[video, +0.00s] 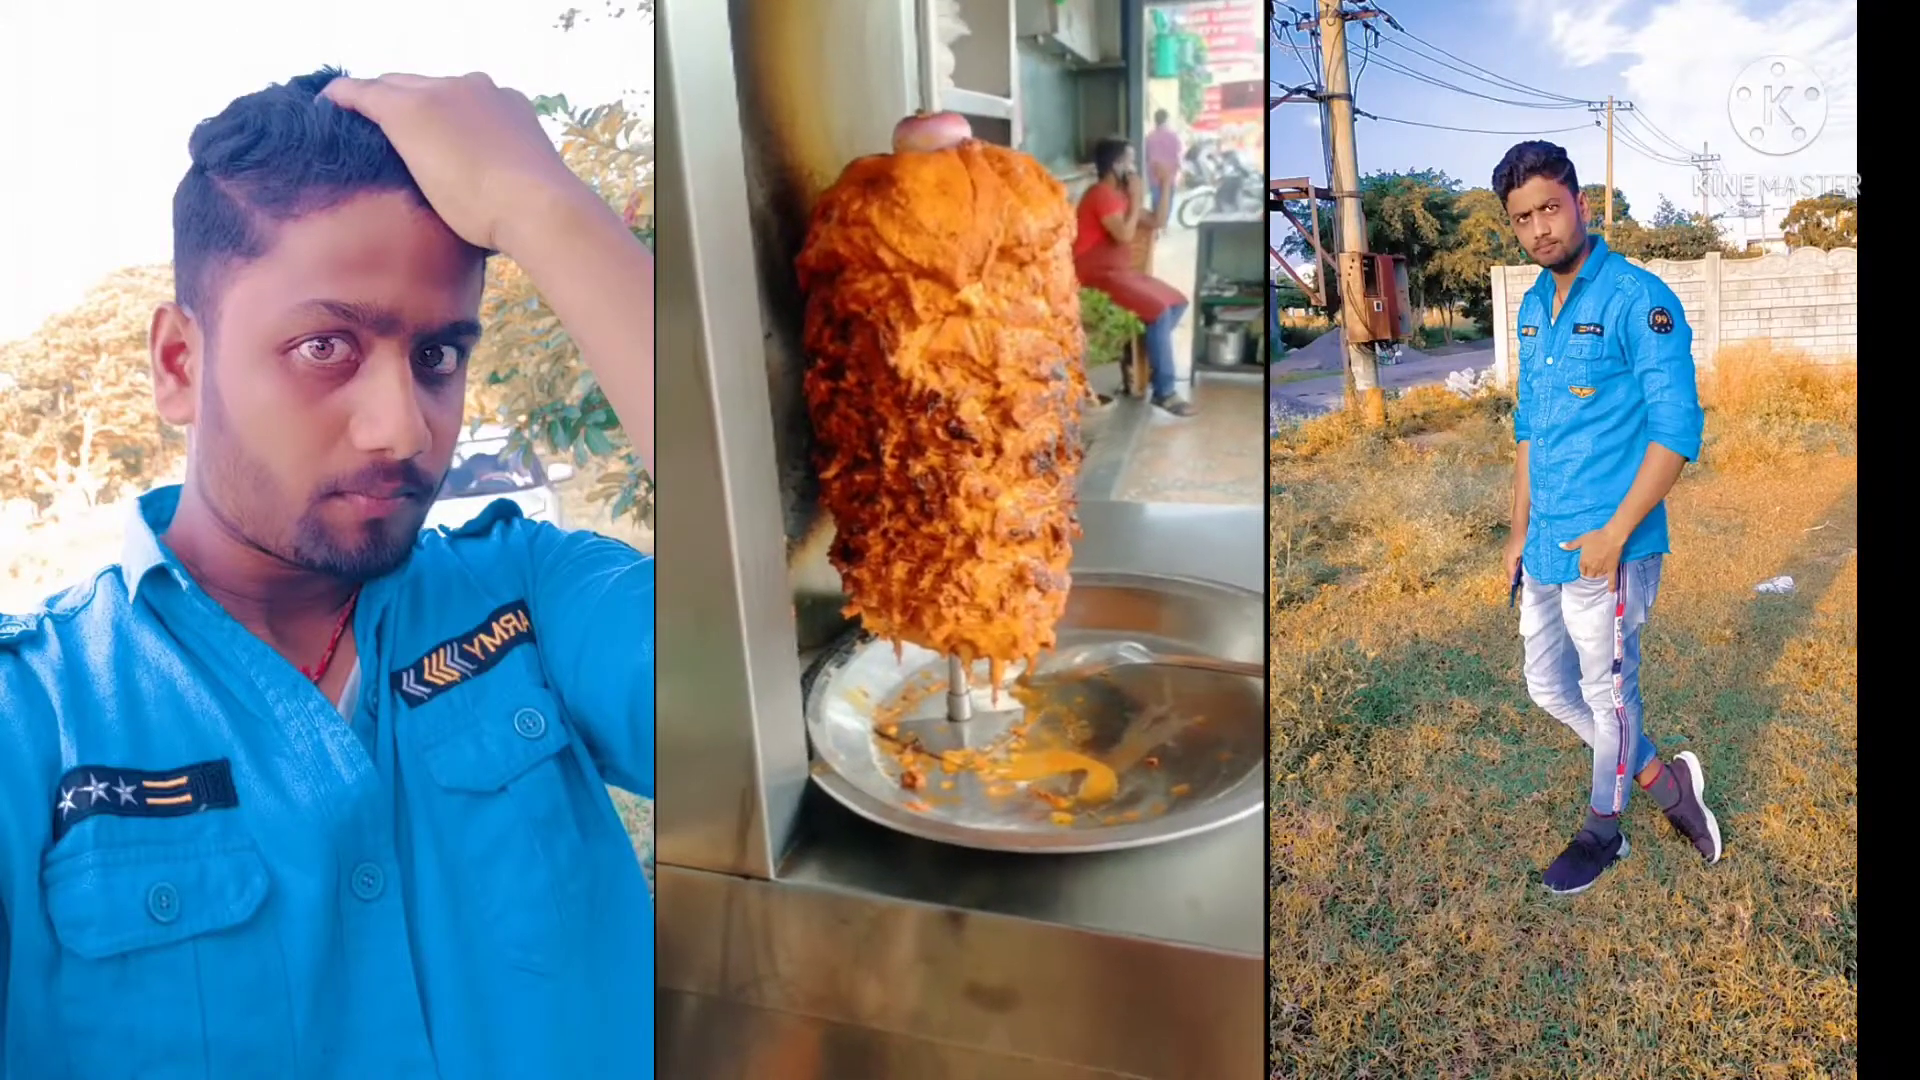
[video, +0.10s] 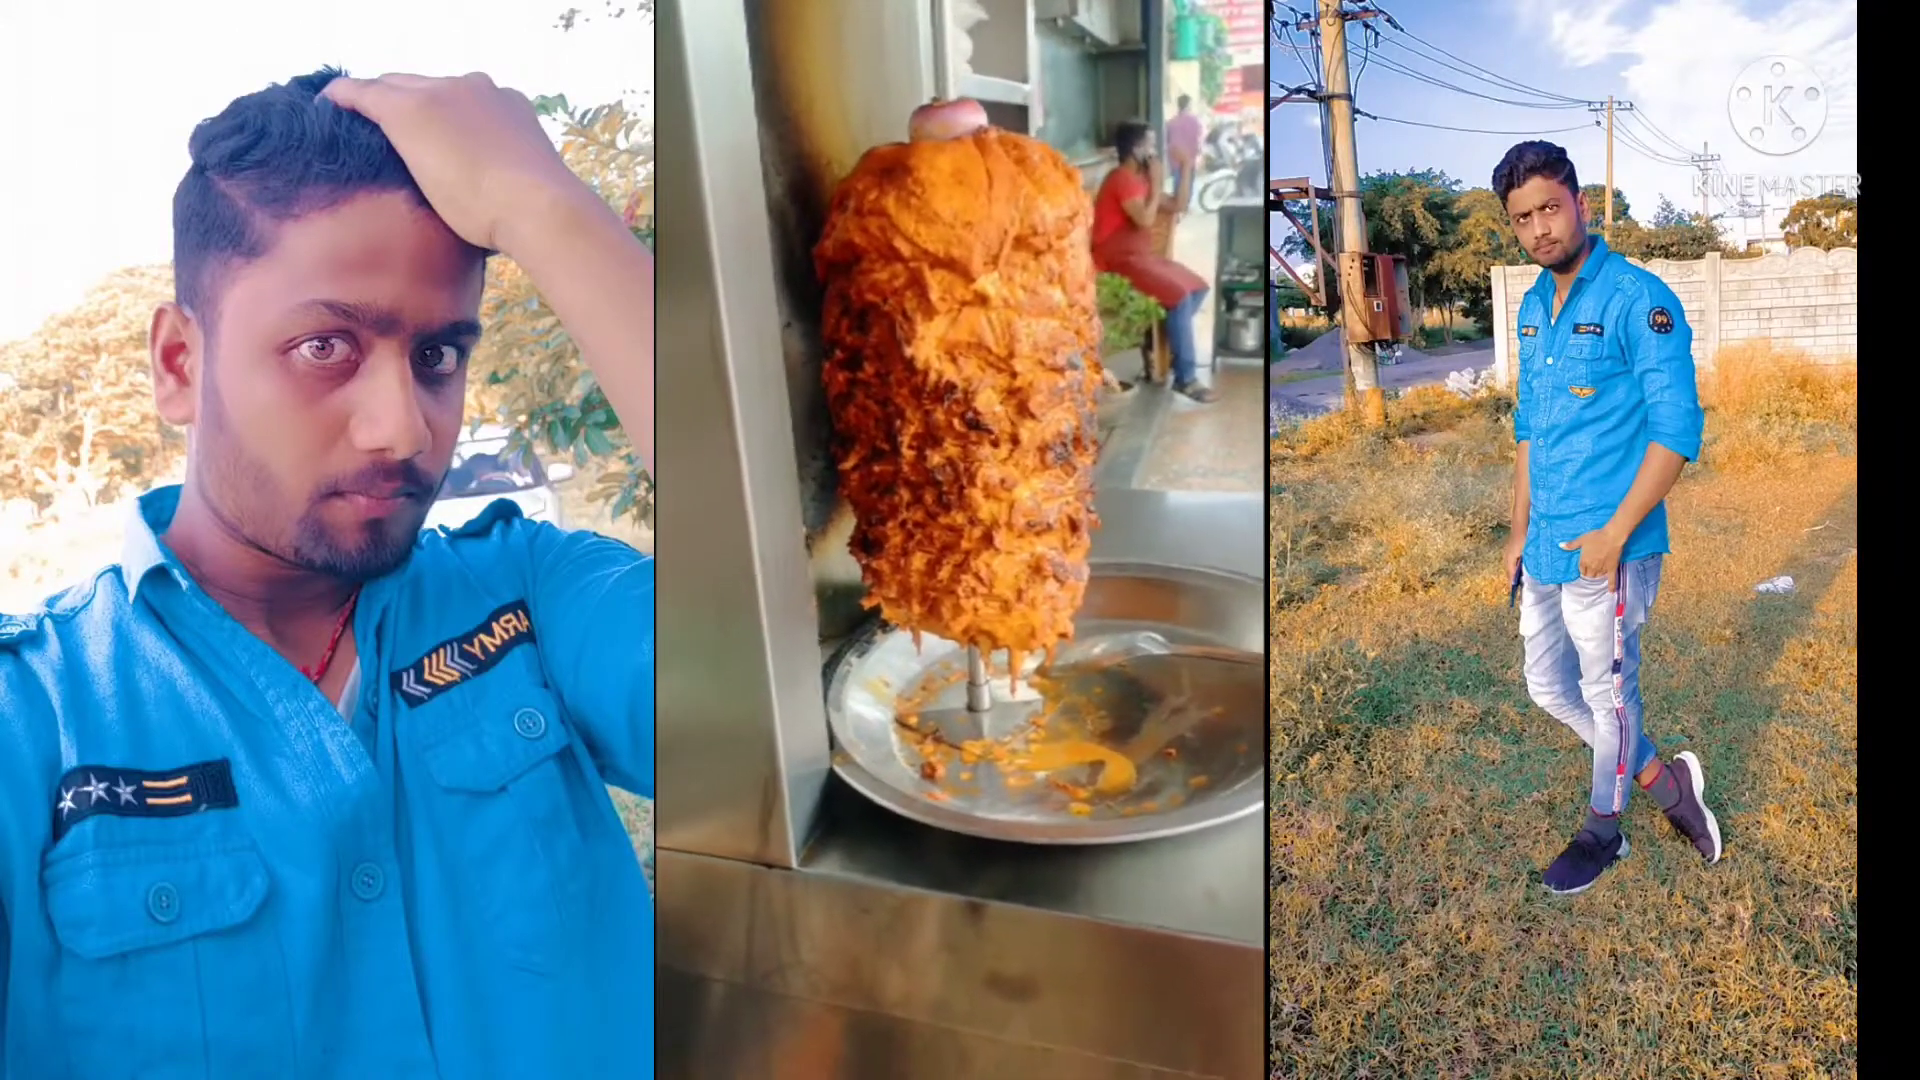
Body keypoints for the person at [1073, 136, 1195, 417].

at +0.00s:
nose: (1133, 166)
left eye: (1133, 160)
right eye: (1128, 160)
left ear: (1114, 165)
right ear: (1113, 164)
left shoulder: (1119, 193)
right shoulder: (1101, 194)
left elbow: (1156, 222)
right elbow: (1124, 234)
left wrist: (1166, 186)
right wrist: (1135, 194)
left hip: (1121, 270)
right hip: (1099, 272)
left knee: (1178, 303)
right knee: (1158, 311)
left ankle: (1134, 357)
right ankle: (1164, 392)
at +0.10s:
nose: (1153, 148)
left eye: (1153, 142)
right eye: (1149, 143)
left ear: (1134, 148)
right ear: (1134, 147)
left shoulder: (1139, 177)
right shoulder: (1121, 177)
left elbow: (1177, 206)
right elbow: (1144, 218)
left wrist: (1186, 168)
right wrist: (1156, 178)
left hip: (1140, 253)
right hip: (1119, 256)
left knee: (1199, 288)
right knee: (1178, 295)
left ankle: (1155, 345)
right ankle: (1185, 379)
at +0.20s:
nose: (1170, 144)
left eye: (1170, 137)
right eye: (1165, 138)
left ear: (1152, 144)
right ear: (1150, 143)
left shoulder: (1157, 173)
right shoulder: (1137, 174)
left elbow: (1195, 201)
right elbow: (1161, 214)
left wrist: (1202, 164)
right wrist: (1174, 173)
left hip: (1158, 250)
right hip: (1135, 254)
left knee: (1217, 283)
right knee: (1196, 291)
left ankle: (1173, 340)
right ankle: (1203, 374)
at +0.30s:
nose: (1178, 129)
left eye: (1177, 122)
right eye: (1173, 123)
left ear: (1159, 129)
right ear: (1159, 128)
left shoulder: (1165, 159)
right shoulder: (1145, 159)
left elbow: (1203, 187)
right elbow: (1171, 200)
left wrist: (1209, 150)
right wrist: (1183, 156)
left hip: (1166, 236)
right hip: (1144, 240)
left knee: (1227, 268)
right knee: (1205, 278)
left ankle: (1181, 328)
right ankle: (1212, 361)